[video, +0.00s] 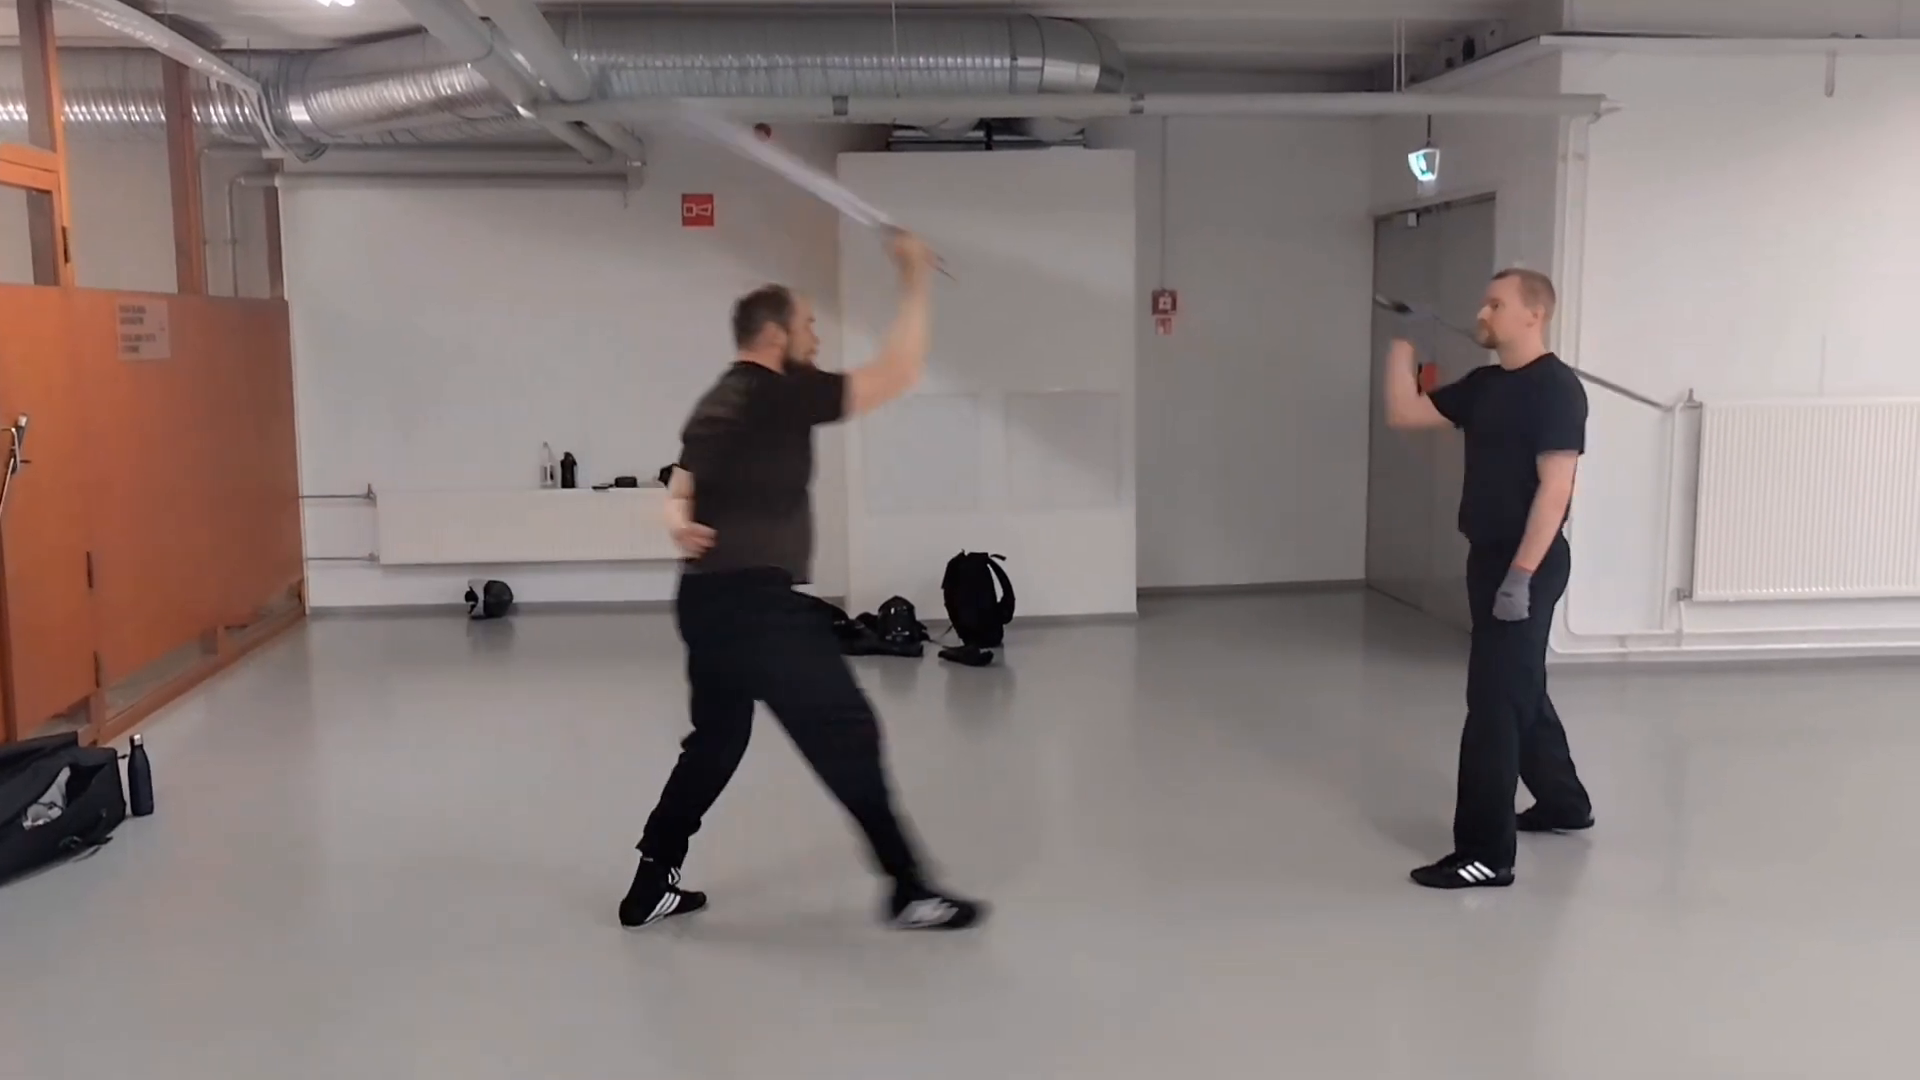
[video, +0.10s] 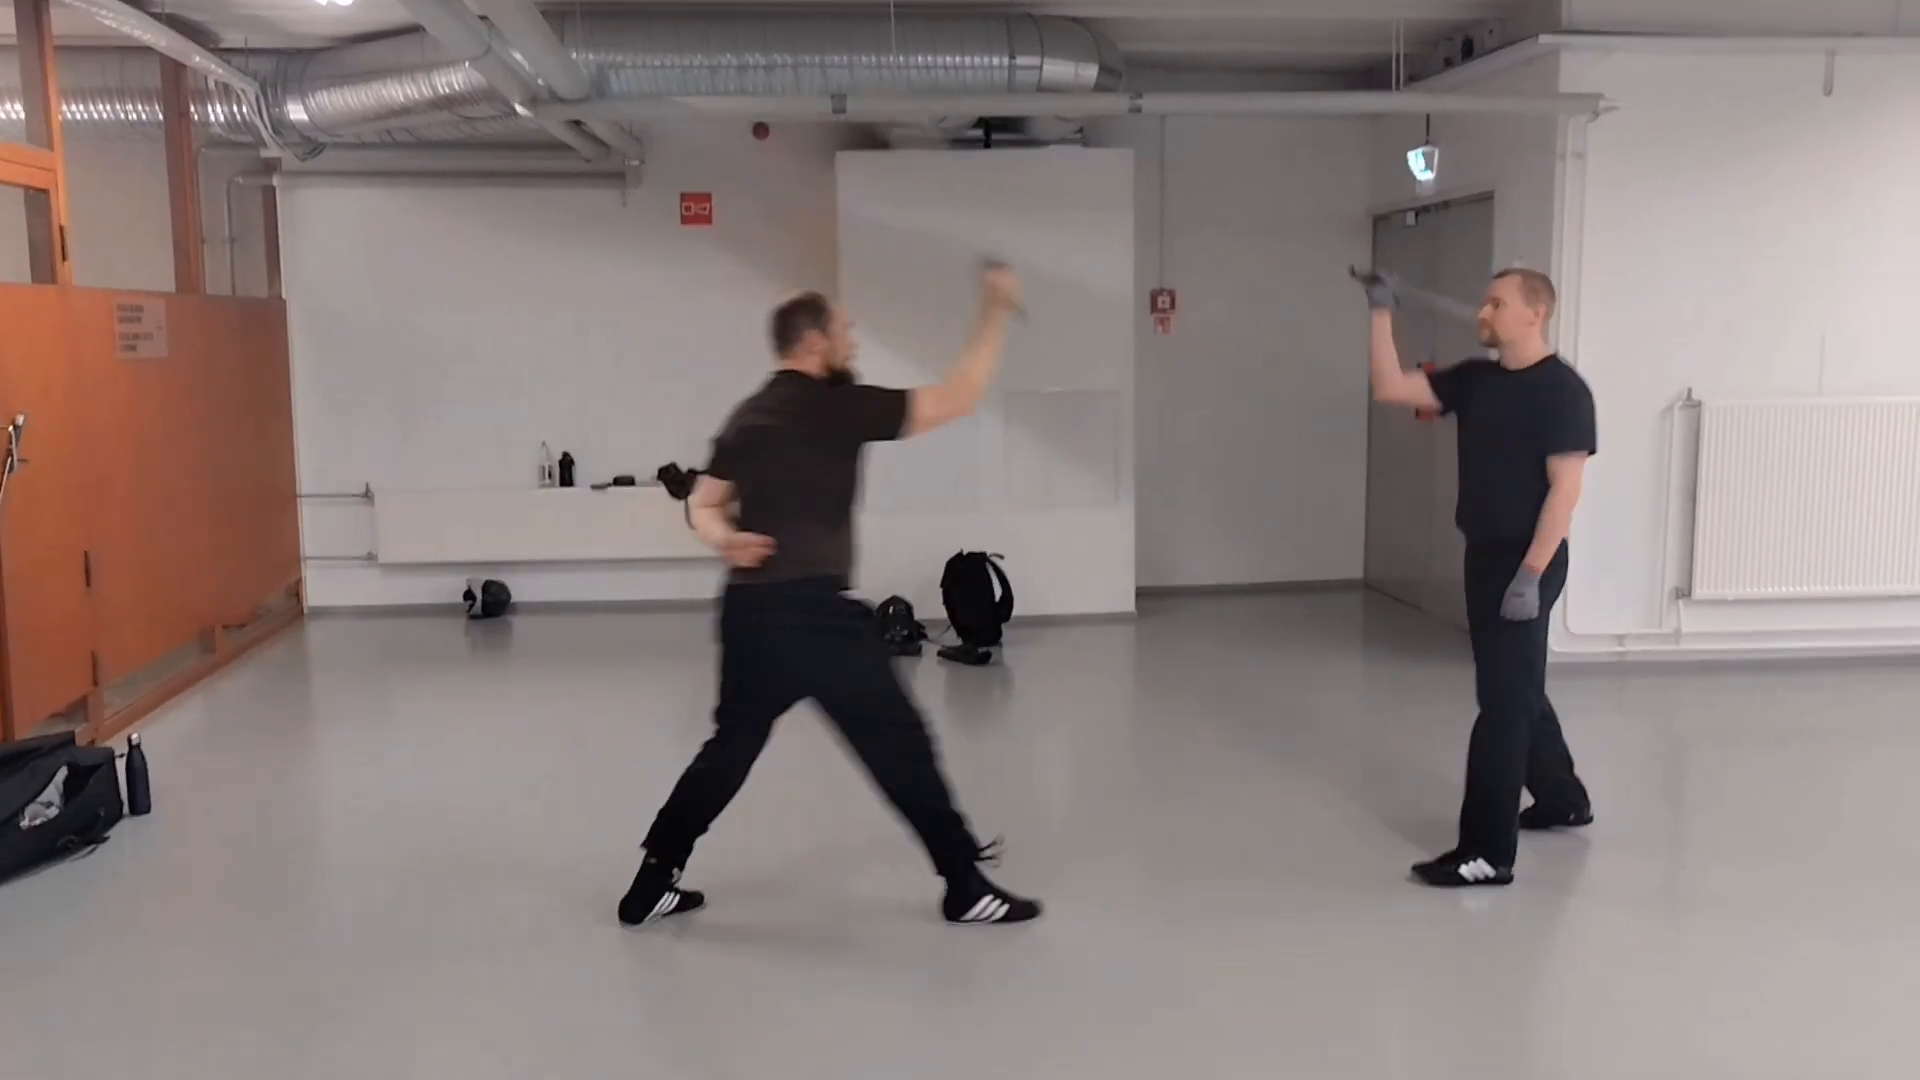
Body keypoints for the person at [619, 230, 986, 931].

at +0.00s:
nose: (816, 338)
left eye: (812, 326)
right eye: (808, 326)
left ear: (753, 338)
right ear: (774, 334)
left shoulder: (717, 403)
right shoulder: (787, 391)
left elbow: (681, 489)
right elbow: (897, 373)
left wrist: (678, 520)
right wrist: (917, 278)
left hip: (709, 597)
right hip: (763, 600)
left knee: (716, 743)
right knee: (845, 735)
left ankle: (650, 885)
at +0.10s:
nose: (852, 339)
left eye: (847, 328)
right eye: (843, 329)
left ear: (790, 347)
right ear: (813, 343)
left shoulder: (751, 416)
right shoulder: (838, 404)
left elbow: (703, 504)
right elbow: (953, 400)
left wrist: (726, 539)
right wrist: (997, 313)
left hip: (751, 612)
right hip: (819, 611)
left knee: (731, 748)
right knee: (898, 747)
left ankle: (649, 885)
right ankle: (965, 885)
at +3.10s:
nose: (775, 316)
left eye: (776, 304)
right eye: (765, 302)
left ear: (751, 314)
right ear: (727, 300)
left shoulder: (711, 380)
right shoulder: (688, 359)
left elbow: (704, 479)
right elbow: (741, 273)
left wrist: (649, 503)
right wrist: (793, 194)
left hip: (690, 566)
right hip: (682, 566)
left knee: (718, 713)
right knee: (774, 705)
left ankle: (646, 846)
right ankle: (836, 862)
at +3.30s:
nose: (709, 310)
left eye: (709, 298)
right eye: (702, 297)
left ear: (680, 304)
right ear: (666, 295)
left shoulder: (647, 370)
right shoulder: (612, 348)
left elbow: (625, 458)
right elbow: (651, 263)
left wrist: (575, 487)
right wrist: (711, 181)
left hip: (622, 559)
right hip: (589, 557)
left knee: (667, 705)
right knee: (661, 706)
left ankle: (639, 851)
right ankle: (629, 863)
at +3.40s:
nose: (676, 309)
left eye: (674, 296)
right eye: (666, 296)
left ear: (646, 304)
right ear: (629, 297)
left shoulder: (619, 378)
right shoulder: (571, 351)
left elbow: (593, 464)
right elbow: (610, 266)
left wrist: (538, 487)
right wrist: (670, 186)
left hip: (589, 563)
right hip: (545, 557)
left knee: (640, 709)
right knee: (601, 711)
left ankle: (622, 855)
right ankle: (517, 868)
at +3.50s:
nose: (638, 311)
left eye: (637, 299)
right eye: (629, 298)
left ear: (602, 311)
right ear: (590, 301)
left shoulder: (585, 379)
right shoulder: (536, 353)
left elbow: (543, 467)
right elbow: (569, 269)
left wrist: (491, 499)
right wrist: (627, 187)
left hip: (556, 574)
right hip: (504, 567)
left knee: (615, 706)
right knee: (505, 728)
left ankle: (616, 853)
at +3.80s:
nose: (494, 338)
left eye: (492, 325)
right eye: (482, 323)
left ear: (456, 333)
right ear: (436, 327)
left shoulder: (462, 427)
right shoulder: (371, 383)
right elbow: (381, 296)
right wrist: (452, 211)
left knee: (498, 732)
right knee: (305, 760)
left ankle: (579, 851)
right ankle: (217, 899)